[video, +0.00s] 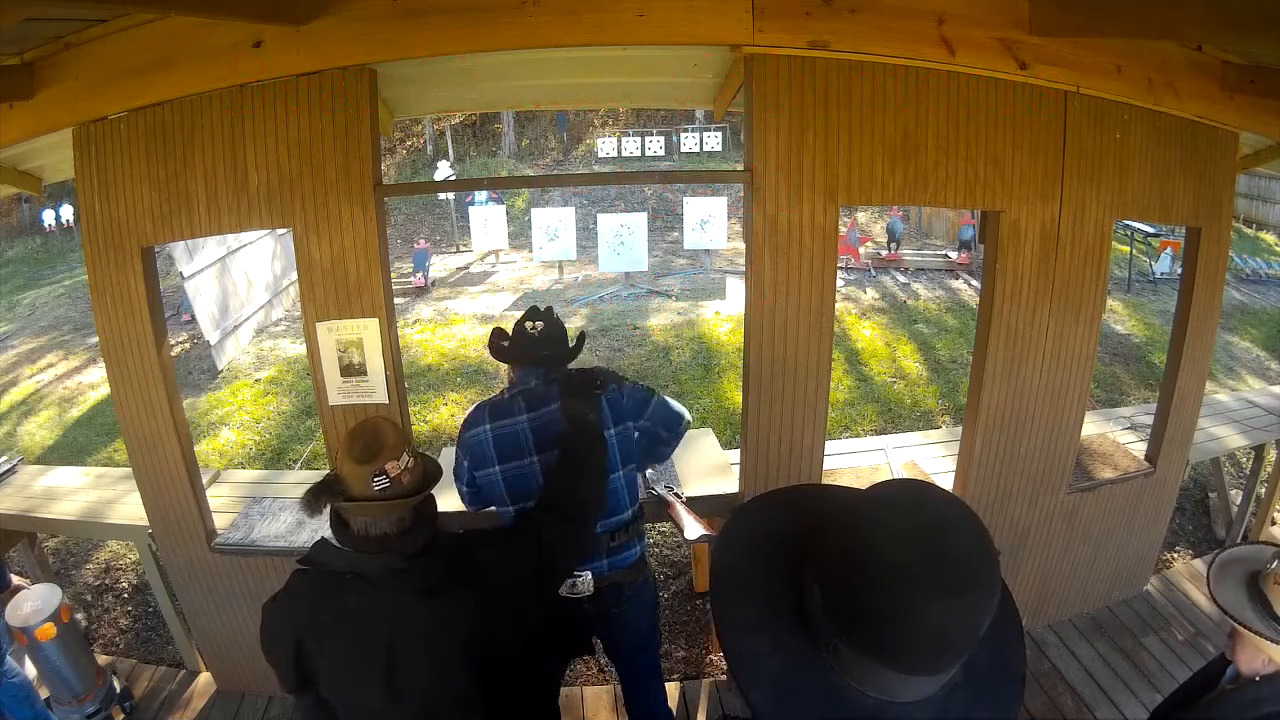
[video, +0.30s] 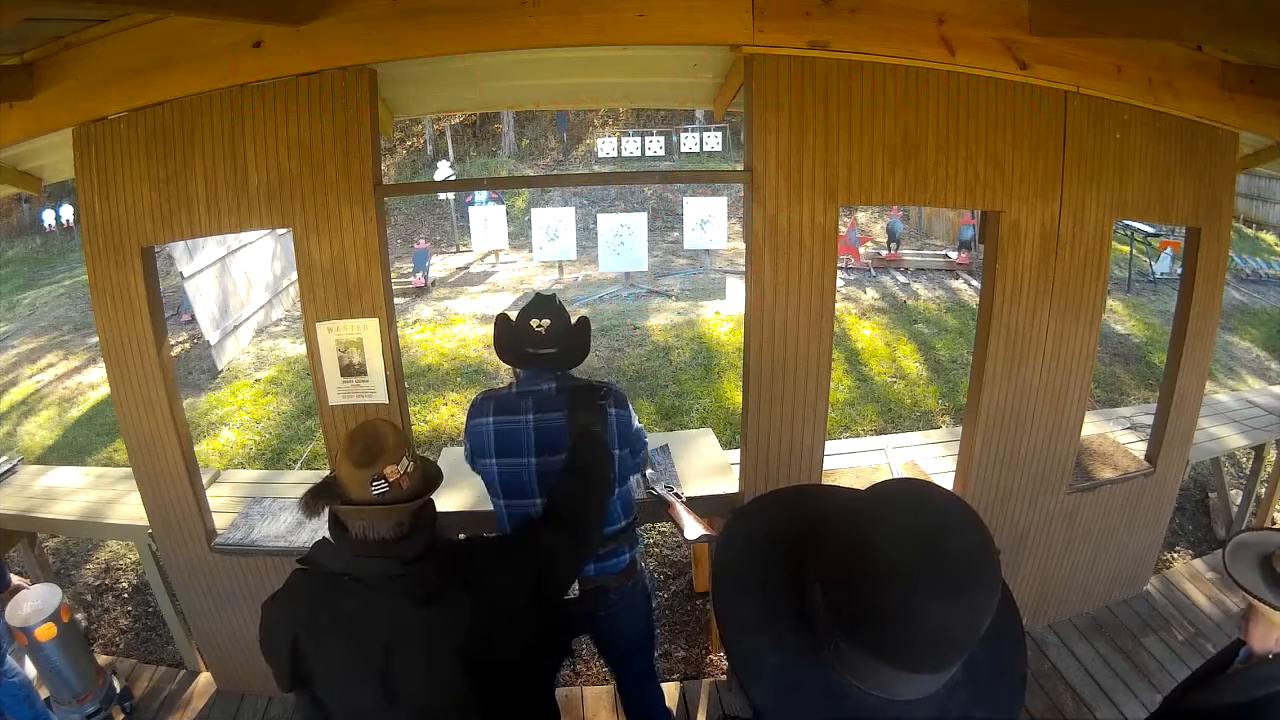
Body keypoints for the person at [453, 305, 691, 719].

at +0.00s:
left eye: (512, 358)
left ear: (510, 363)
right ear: (563, 355)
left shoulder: (479, 424)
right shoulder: (607, 391)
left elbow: (473, 499)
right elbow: (673, 421)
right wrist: (625, 460)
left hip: (537, 590)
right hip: (624, 580)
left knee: (539, 698)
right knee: (646, 691)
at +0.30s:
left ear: (513, 349)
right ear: (574, 345)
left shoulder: (483, 414)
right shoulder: (609, 401)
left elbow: (478, 465)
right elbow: (638, 460)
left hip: (536, 591)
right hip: (616, 585)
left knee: (536, 694)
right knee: (641, 688)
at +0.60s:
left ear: (521, 344)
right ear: (581, 345)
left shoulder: (490, 395)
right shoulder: (604, 391)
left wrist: (525, 349)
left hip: (521, 583)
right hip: (601, 581)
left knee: (530, 693)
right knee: (636, 689)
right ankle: (656, 716)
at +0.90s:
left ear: (516, 342)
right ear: (578, 344)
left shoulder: (489, 394)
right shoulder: (600, 389)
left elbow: (510, 370)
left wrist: (521, 347)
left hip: (519, 582)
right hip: (598, 577)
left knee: (530, 691)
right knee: (635, 687)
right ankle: (654, 716)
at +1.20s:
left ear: (513, 341)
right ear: (577, 342)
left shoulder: (488, 394)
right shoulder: (599, 388)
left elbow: (508, 369)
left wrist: (522, 346)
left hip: (520, 582)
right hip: (598, 578)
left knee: (530, 692)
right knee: (635, 690)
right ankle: (653, 715)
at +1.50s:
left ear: (512, 340)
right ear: (576, 341)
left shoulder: (488, 394)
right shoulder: (600, 388)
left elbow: (506, 363)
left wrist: (522, 341)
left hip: (519, 582)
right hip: (597, 578)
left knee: (529, 693)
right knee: (635, 688)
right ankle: (653, 715)